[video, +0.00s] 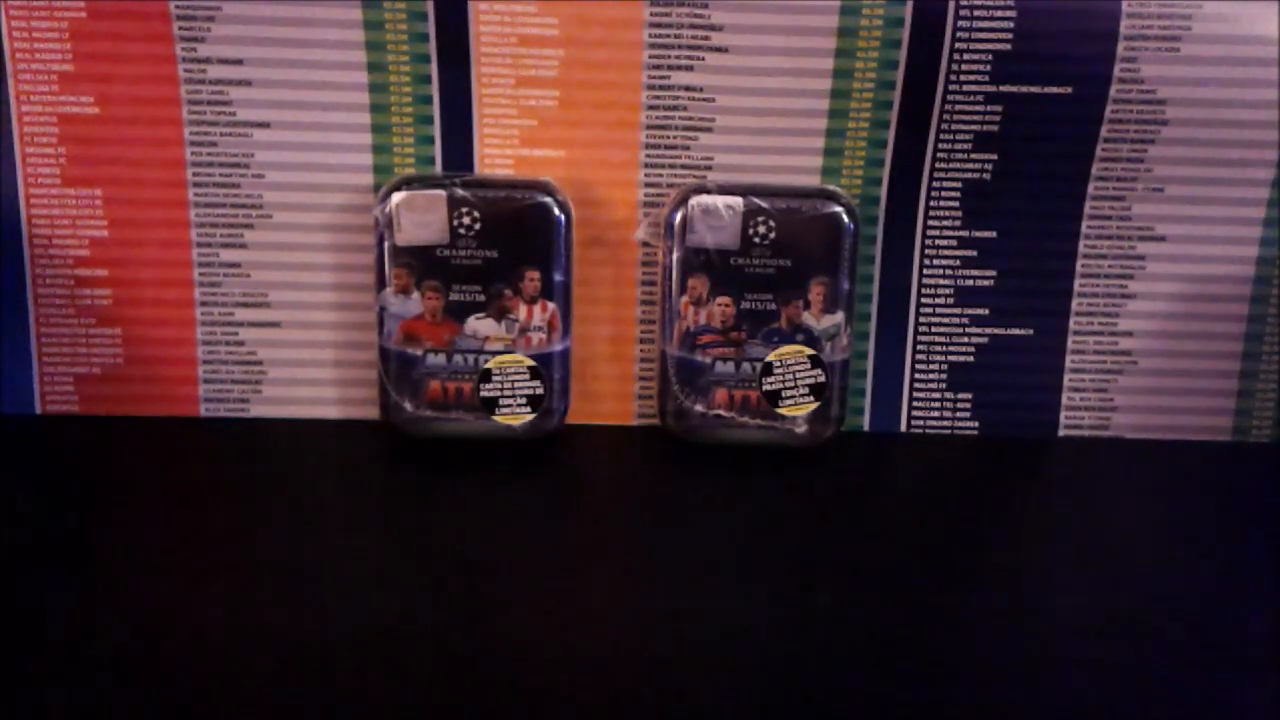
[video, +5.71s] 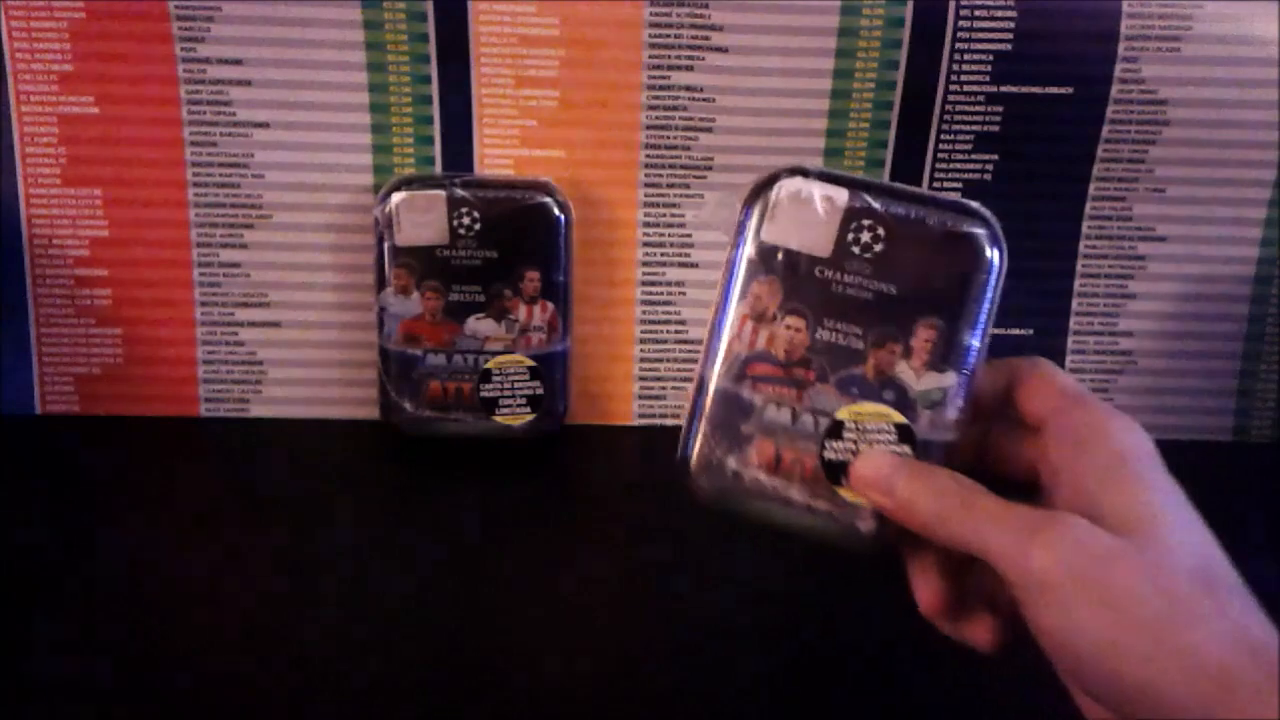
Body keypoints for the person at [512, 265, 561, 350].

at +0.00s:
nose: (536, 285)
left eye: (538, 281)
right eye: (531, 280)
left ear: (541, 283)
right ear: (521, 284)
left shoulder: (551, 308)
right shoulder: (511, 306)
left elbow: (556, 337)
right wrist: (520, 329)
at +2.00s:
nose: (536, 285)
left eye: (539, 281)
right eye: (531, 280)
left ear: (541, 283)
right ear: (521, 284)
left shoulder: (550, 308)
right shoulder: (513, 305)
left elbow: (556, 337)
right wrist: (520, 328)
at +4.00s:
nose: (536, 285)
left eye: (539, 281)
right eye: (531, 280)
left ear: (541, 283)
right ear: (521, 284)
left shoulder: (550, 308)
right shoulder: (512, 306)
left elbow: (556, 337)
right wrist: (520, 329)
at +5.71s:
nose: (536, 285)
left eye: (538, 281)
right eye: (531, 281)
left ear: (541, 283)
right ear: (521, 284)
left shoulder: (549, 307)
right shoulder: (512, 306)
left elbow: (556, 333)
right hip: (519, 352)